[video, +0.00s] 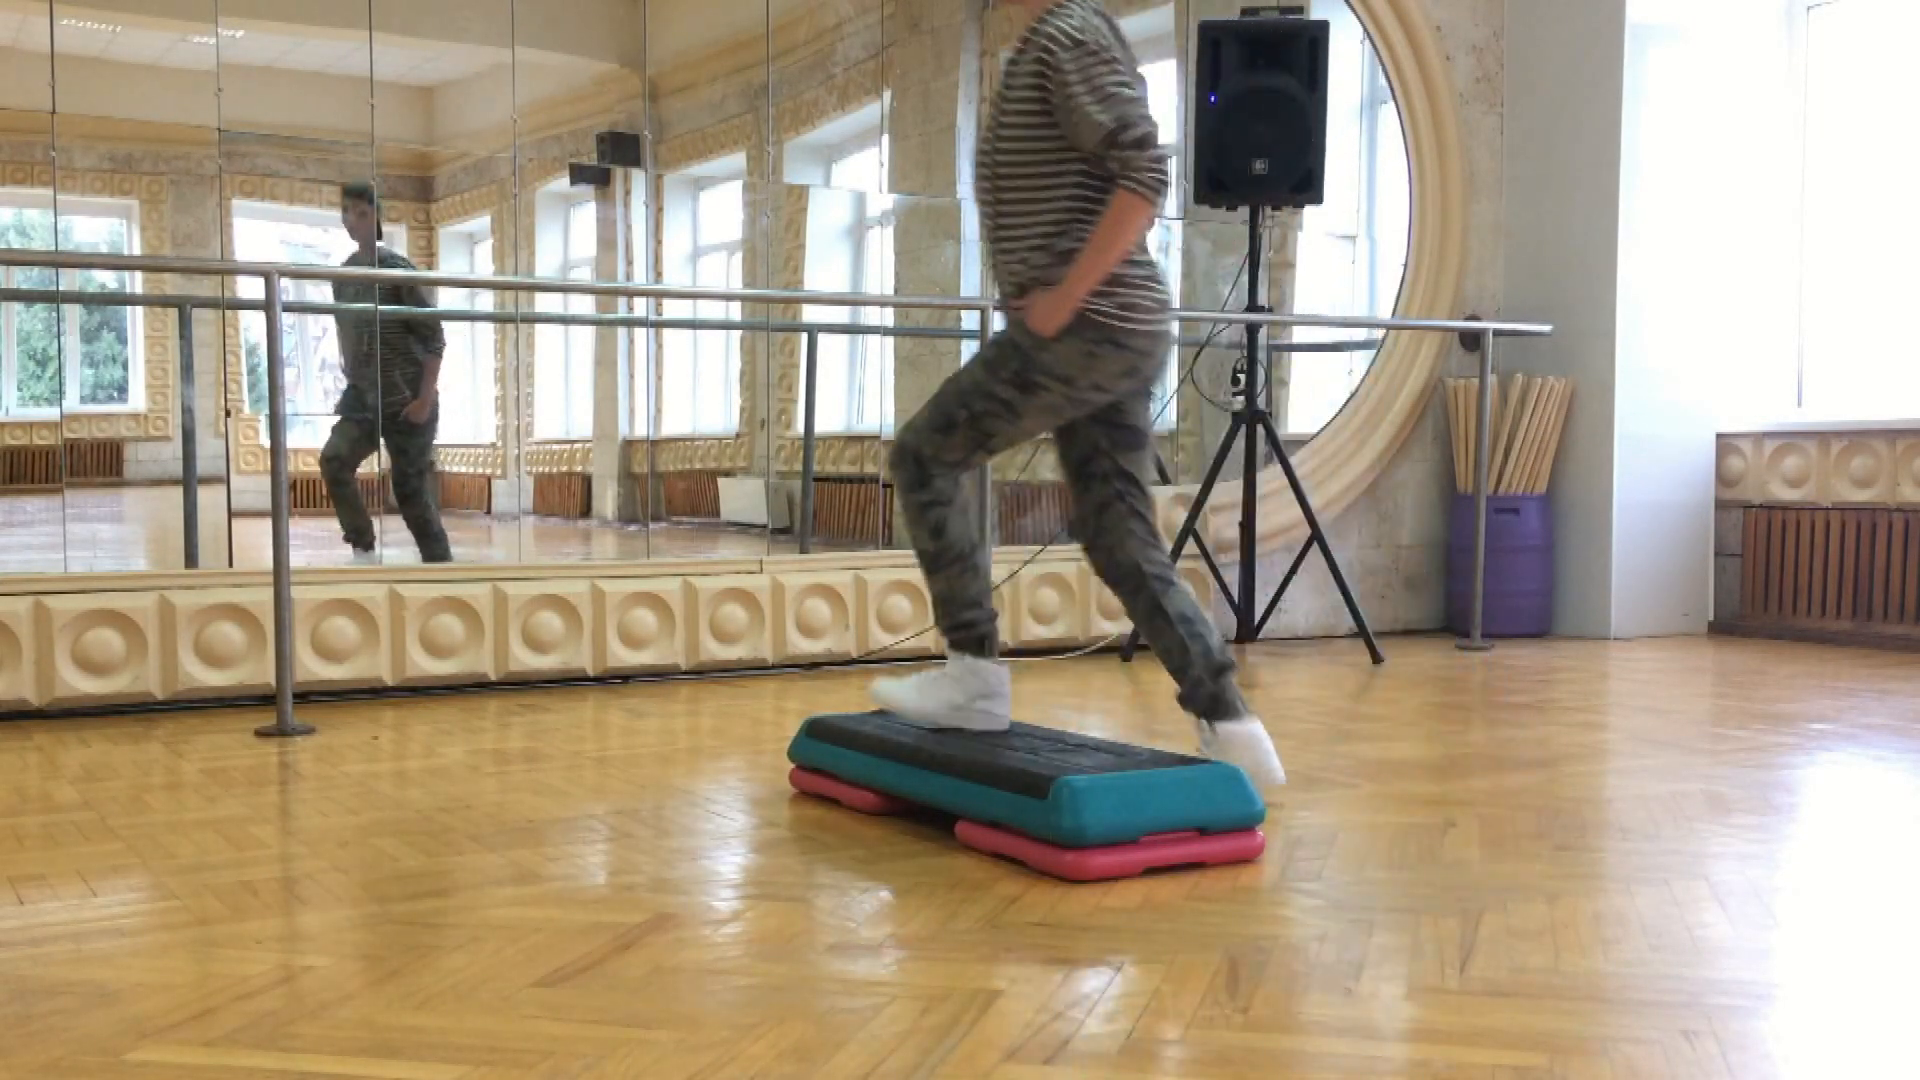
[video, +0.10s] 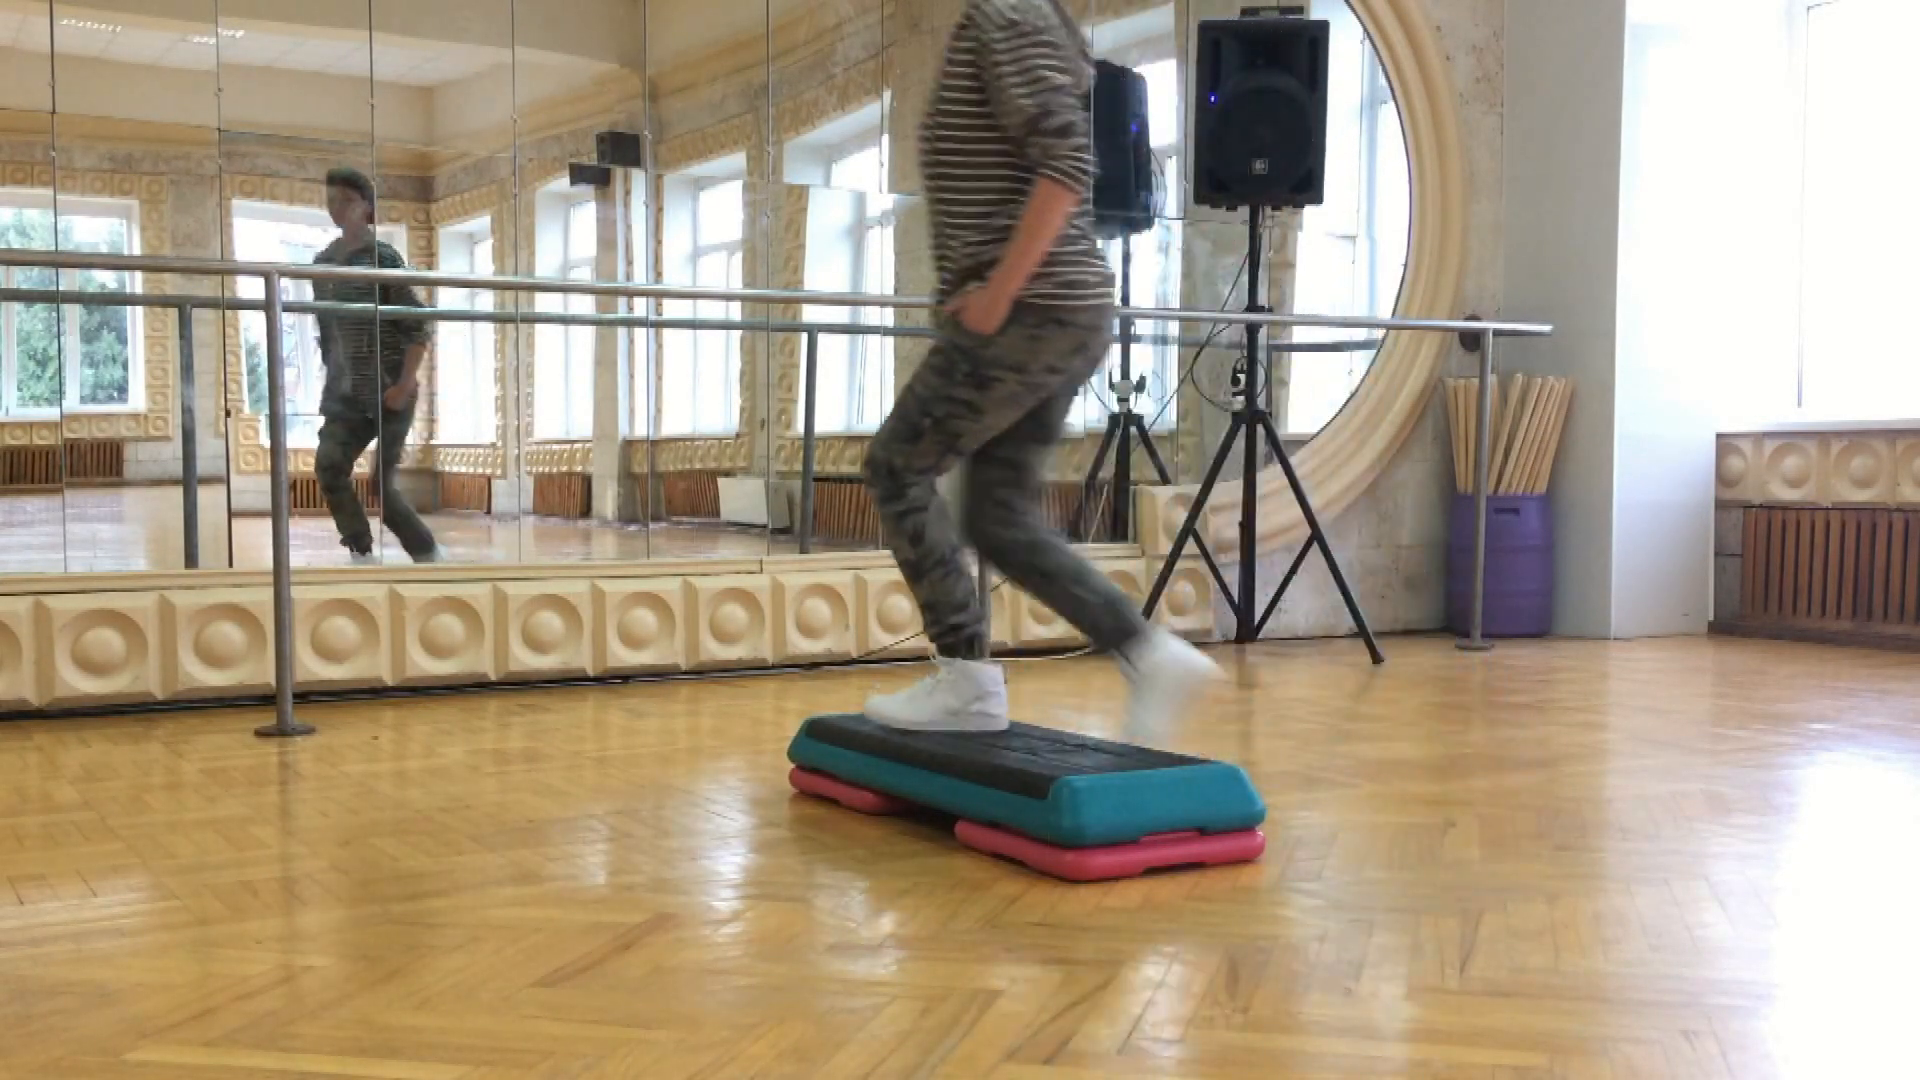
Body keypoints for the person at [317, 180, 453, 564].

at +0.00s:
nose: (354, 221)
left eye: (362, 213)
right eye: (348, 214)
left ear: (378, 218)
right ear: (343, 219)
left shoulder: (400, 270)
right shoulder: (343, 275)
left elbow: (433, 335)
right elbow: (351, 334)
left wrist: (426, 396)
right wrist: (354, 379)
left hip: (409, 399)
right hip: (364, 399)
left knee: (411, 490)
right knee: (334, 463)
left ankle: (442, 569)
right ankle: (363, 549)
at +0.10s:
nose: (338, 210)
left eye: (346, 202)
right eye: (333, 203)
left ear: (367, 207)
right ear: (329, 209)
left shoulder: (384, 258)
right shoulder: (322, 263)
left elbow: (419, 321)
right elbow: (326, 331)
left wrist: (405, 383)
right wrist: (333, 378)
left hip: (390, 390)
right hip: (346, 391)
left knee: (382, 483)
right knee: (329, 469)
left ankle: (428, 555)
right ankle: (362, 551)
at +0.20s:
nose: (324, 203)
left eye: (333, 195)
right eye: (318, 196)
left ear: (355, 201)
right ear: (314, 202)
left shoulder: (373, 255)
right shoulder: (305, 257)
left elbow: (412, 321)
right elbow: (308, 316)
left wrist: (391, 374)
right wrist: (314, 376)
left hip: (370, 383)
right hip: (323, 385)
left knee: (337, 456)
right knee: (316, 473)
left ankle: (395, 521)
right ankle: (360, 555)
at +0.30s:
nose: (311, 202)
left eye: (320, 194)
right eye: (306, 195)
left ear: (344, 201)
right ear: (302, 202)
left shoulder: (361, 253)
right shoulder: (290, 255)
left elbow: (400, 320)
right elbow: (275, 314)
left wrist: (380, 365)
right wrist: (282, 365)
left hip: (353, 380)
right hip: (306, 384)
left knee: (310, 442)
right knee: (305, 476)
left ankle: (347, 540)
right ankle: (349, 545)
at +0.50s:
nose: (285, 212)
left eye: (295, 205)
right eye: (280, 205)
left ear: (316, 211)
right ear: (272, 209)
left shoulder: (339, 265)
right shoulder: (255, 266)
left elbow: (369, 338)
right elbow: (248, 333)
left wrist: (351, 390)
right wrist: (251, 394)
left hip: (325, 402)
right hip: (266, 404)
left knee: (299, 488)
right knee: (258, 501)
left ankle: (291, 579)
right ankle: (336, 541)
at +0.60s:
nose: (274, 222)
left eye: (283, 213)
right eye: (266, 214)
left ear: (303, 220)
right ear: (257, 220)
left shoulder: (326, 277)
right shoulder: (239, 276)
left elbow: (351, 347)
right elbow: (232, 347)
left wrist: (345, 401)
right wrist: (229, 398)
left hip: (310, 413)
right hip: (250, 412)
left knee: (288, 504)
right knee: (214, 482)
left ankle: (289, 596)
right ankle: (276, 524)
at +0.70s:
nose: (262, 224)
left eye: (271, 217)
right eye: (253, 216)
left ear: (285, 224)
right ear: (240, 222)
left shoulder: (310, 278)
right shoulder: (220, 277)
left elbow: (330, 344)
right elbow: (206, 340)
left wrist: (332, 400)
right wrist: (210, 391)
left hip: (301, 412)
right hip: (237, 409)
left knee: (287, 500)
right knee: (202, 483)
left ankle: (290, 586)